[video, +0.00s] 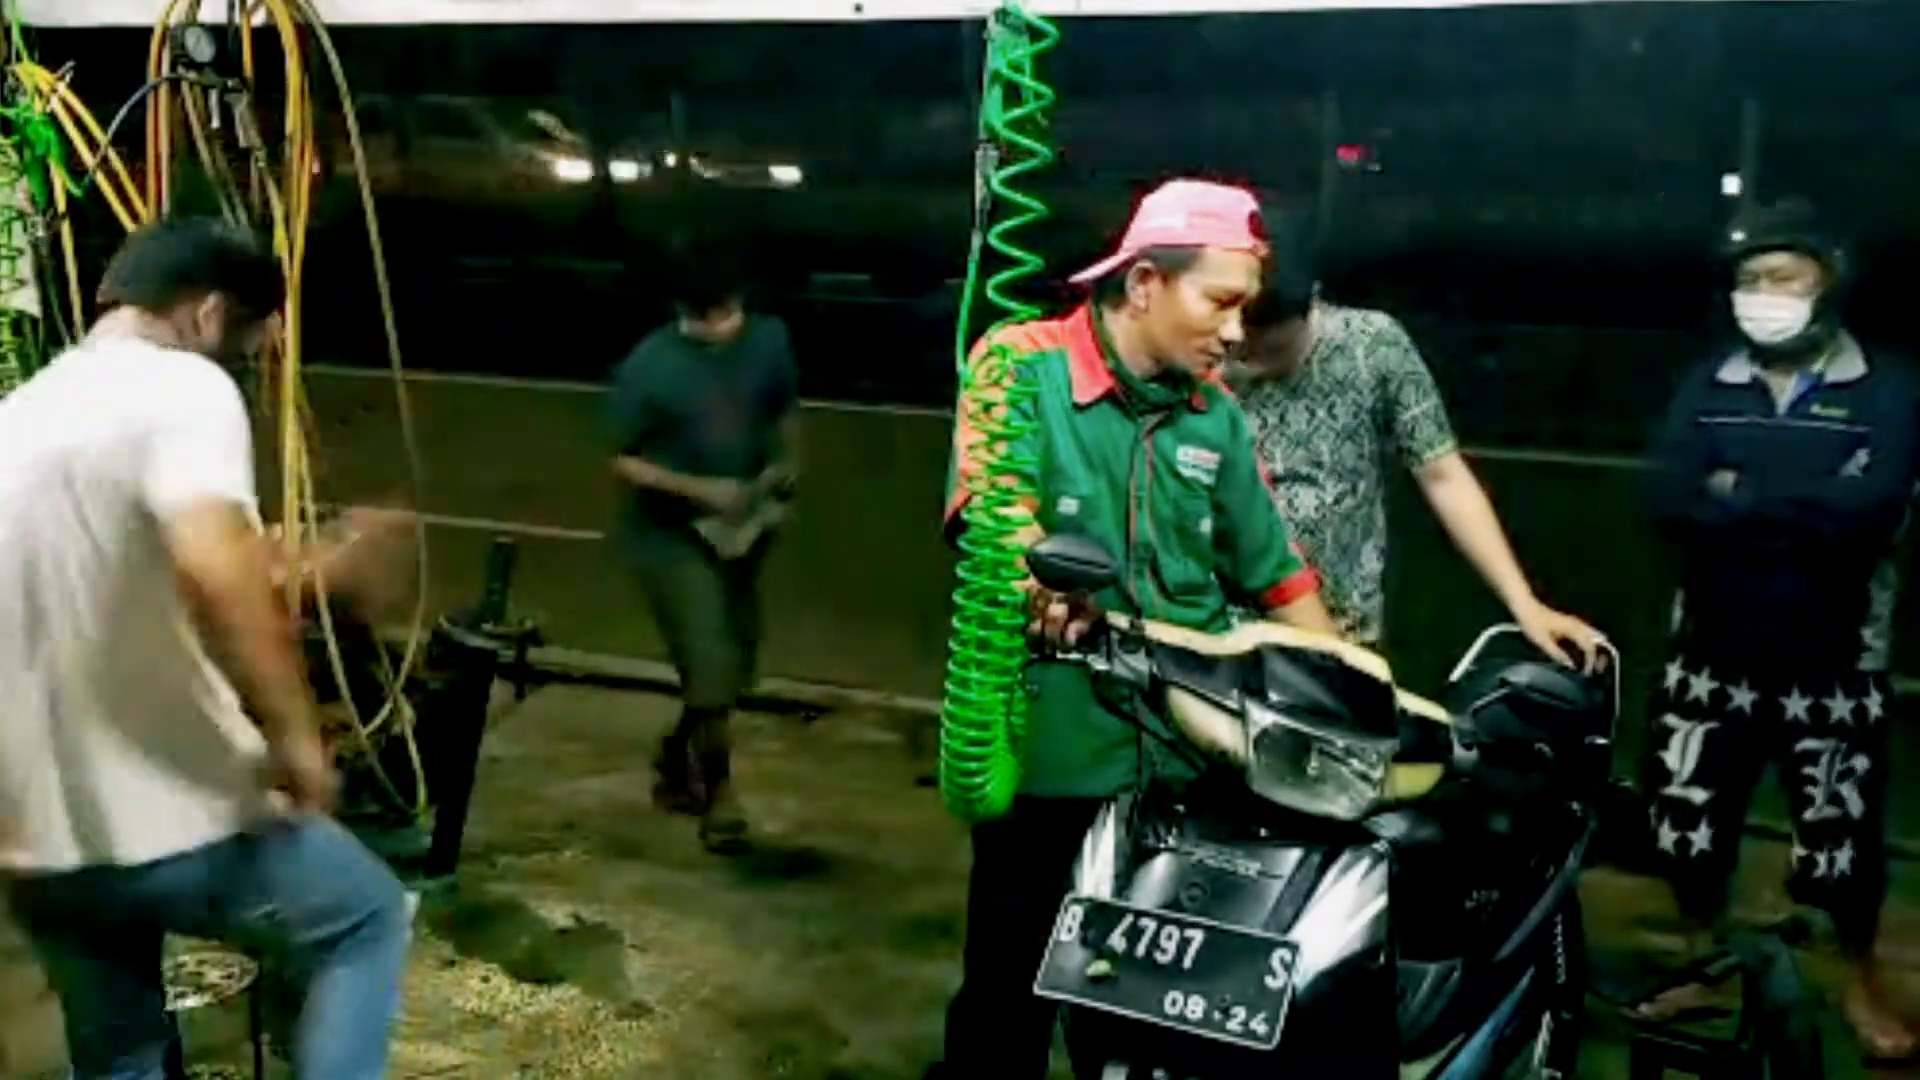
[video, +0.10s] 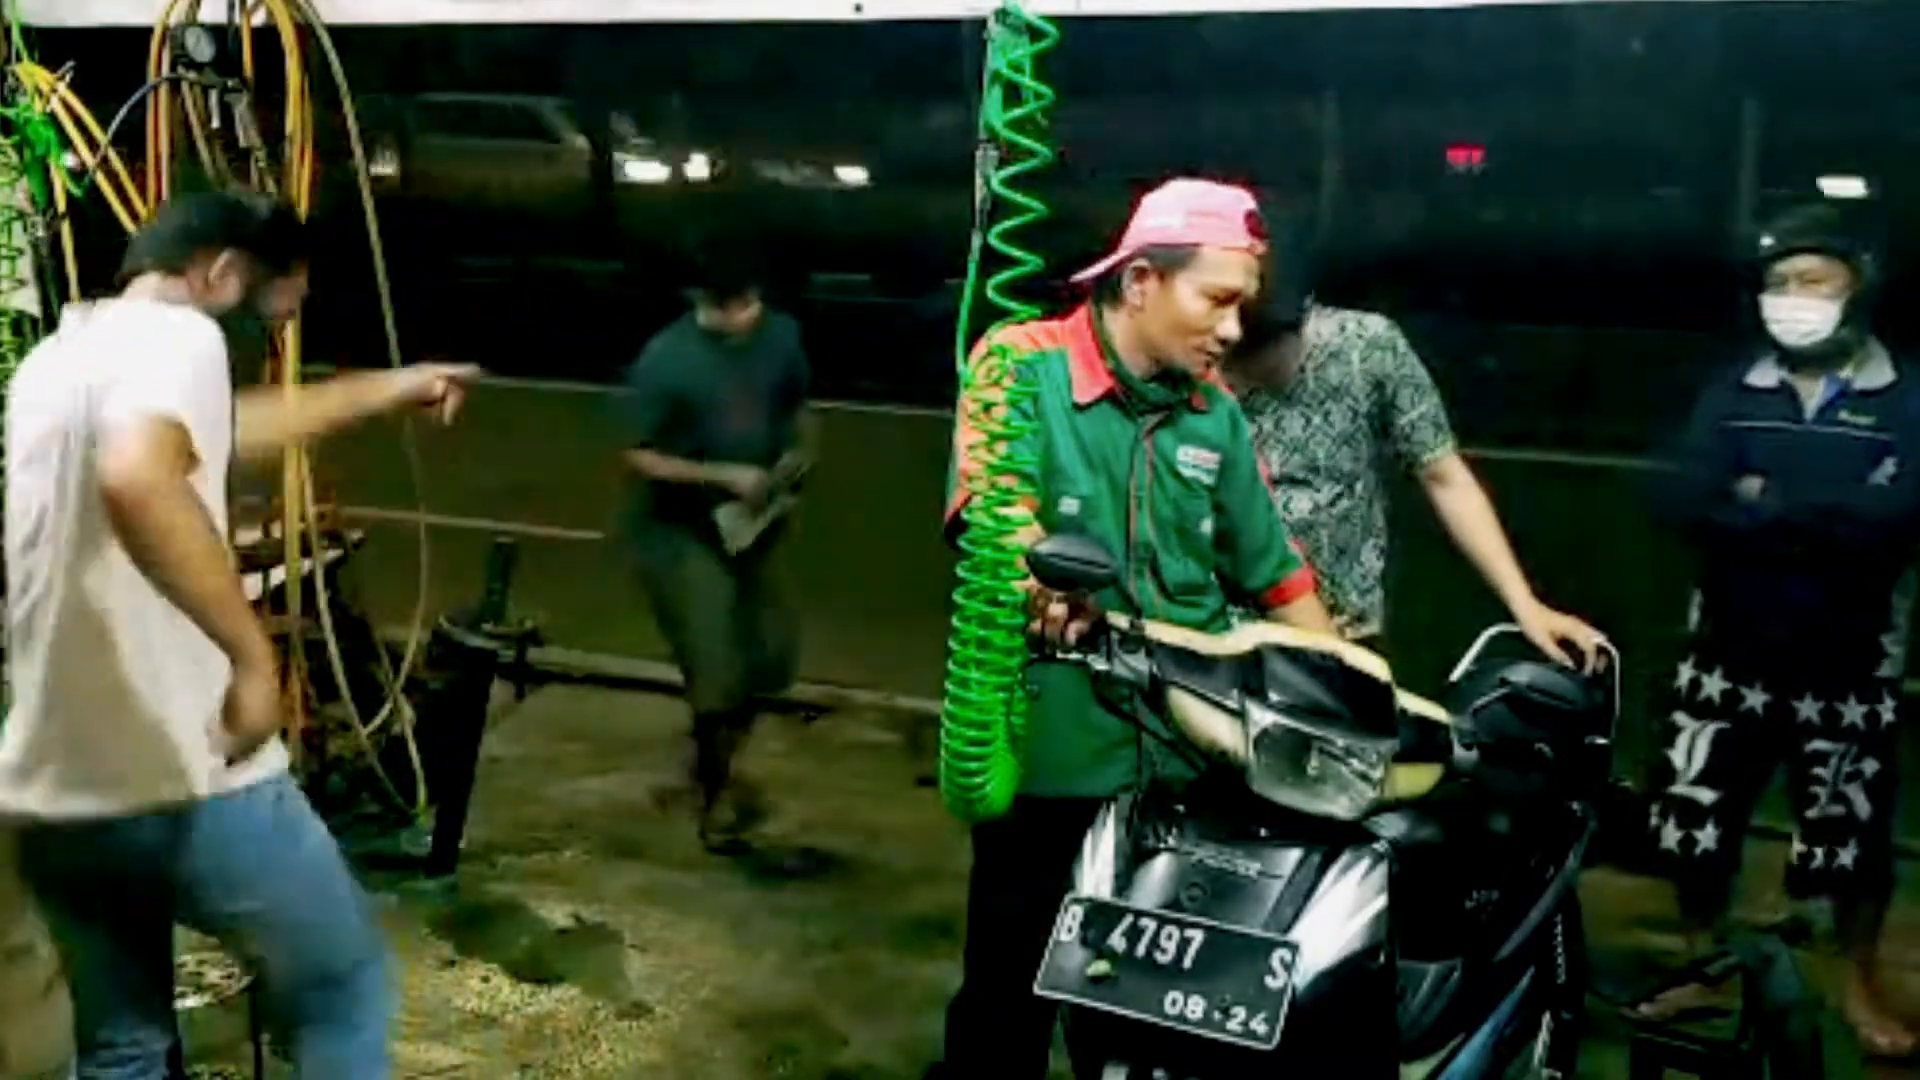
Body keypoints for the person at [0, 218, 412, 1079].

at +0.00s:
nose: (231, 353)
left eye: (236, 334)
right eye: (234, 329)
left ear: (110, 304)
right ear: (202, 306)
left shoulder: (18, 411)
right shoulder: (181, 388)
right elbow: (214, 565)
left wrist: (306, 565)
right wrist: (293, 732)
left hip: (35, 831)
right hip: (164, 821)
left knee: (121, 1057)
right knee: (366, 917)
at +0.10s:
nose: (254, 336)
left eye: (265, 320)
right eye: (255, 314)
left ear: (142, 271)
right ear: (216, 269)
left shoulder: (47, 364)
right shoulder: (177, 336)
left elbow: (222, 422)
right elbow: (136, 478)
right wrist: (251, 651)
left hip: (54, 790)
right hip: (192, 784)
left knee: (122, 1046)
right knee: (344, 993)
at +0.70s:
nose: (379, 299)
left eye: (386, 283)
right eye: (383, 281)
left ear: (272, 253)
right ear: (353, 262)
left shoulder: (147, 337)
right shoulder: (374, 338)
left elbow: (12, 428)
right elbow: (563, 406)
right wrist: (553, 373)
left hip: (201, 737)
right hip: (330, 748)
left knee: (292, 967)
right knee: (389, 1000)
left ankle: (291, 1075)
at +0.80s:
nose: (401, 279)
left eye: (402, 265)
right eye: (401, 264)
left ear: (286, 244)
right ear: (371, 253)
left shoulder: (166, 310)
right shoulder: (406, 315)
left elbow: (11, 360)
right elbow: (580, 313)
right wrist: (551, 355)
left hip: (206, 720)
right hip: (339, 726)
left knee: (284, 946)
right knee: (377, 972)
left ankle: (282, 1071)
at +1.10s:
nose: (415, 304)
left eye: (419, 289)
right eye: (419, 287)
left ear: (317, 255)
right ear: (397, 274)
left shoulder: (215, 359)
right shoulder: (387, 355)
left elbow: (197, 514)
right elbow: (419, 539)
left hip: (246, 700)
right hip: (359, 697)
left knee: (345, 889)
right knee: (515, 846)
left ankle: (311, 1069)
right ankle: (436, 1062)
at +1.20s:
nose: (435, 296)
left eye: (442, 280)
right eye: (439, 277)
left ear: (333, 251)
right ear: (408, 261)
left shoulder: (266, 351)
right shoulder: (375, 341)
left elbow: (409, 482)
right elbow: (340, 511)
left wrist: (540, 431)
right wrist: (375, 689)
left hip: (285, 696)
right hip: (391, 693)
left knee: (359, 891)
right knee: (528, 845)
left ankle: (314, 1070)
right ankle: (486, 1061)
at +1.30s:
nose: (476, 287)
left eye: (483, 269)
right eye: (470, 265)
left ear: (396, 248)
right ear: (418, 245)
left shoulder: (360, 332)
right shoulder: (366, 327)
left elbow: (487, 403)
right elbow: (282, 468)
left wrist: (588, 332)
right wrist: (310, 647)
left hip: (348, 686)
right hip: (419, 684)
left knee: (371, 886)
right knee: (515, 877)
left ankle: (319, 1069)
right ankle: (509, 1063)